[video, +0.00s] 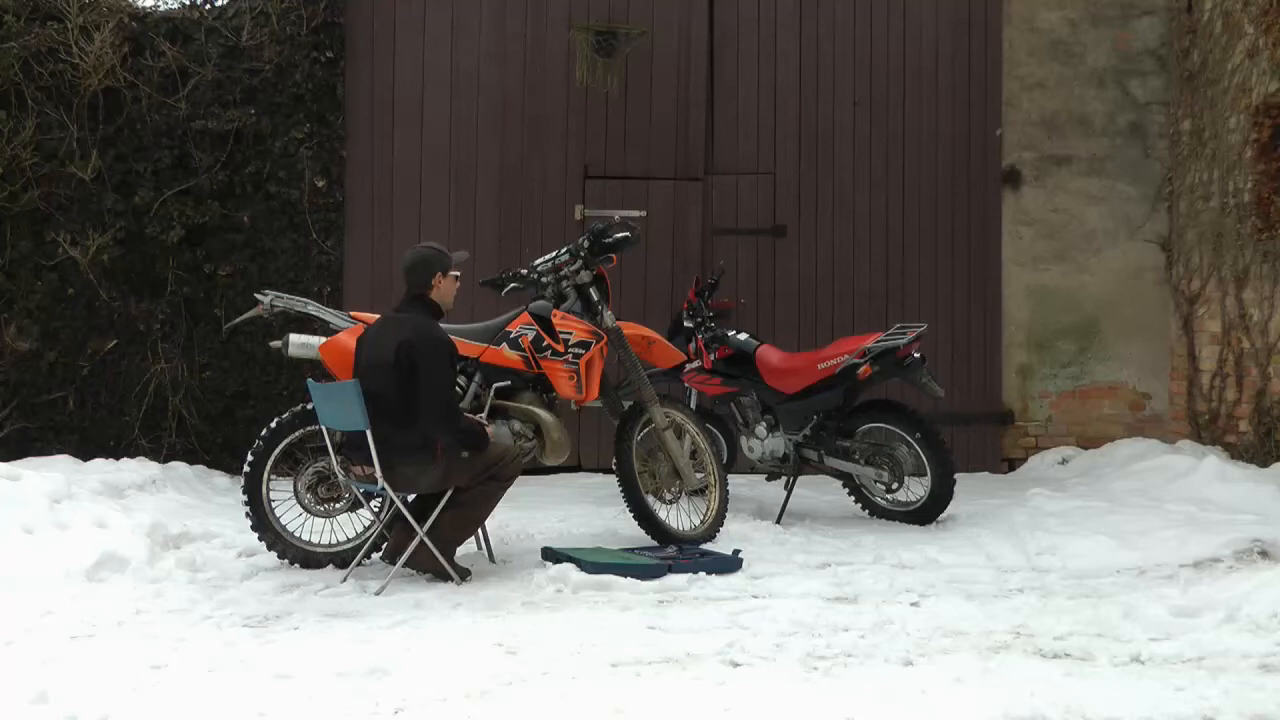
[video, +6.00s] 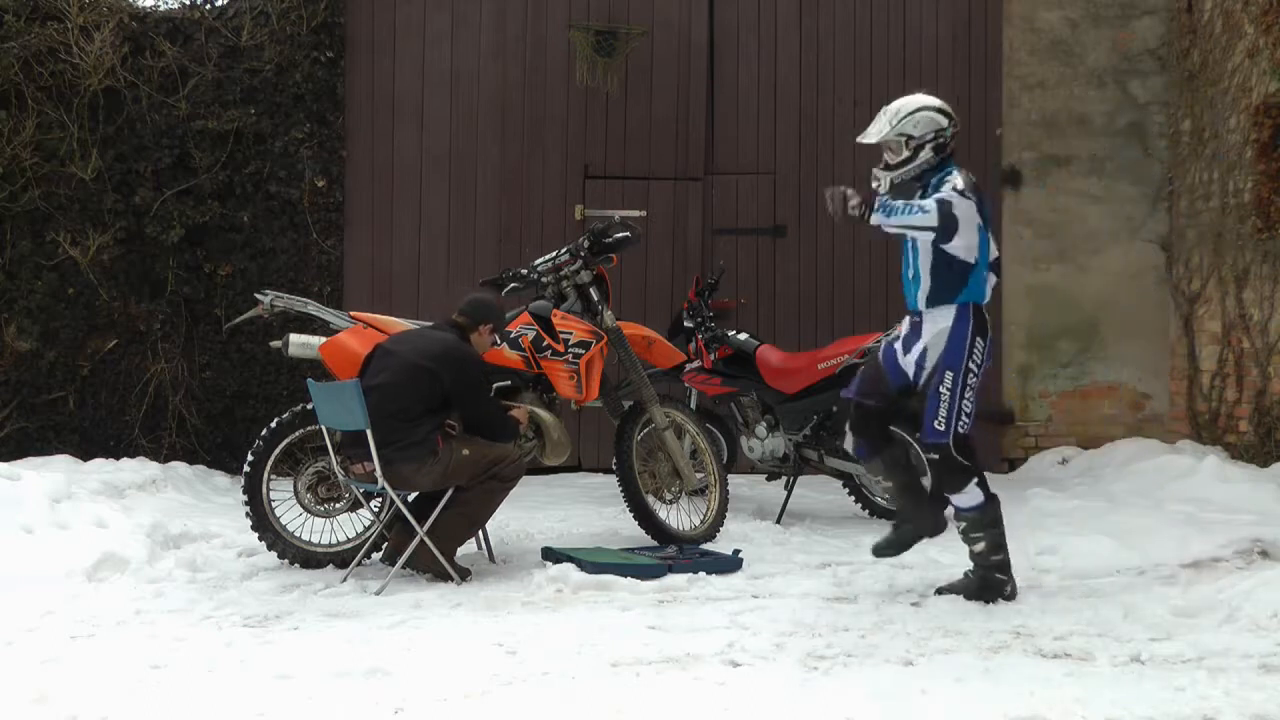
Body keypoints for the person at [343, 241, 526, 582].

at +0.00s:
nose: (457, 285)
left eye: (456, 278)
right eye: (453, 277)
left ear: (416, 282)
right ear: (436, 282)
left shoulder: (375, 331)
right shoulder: (433, 339)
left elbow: (384, 409)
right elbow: (442, 418)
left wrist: (459, 420)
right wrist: (480, 438)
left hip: (384, 463)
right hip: (417, 466)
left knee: (473, 454)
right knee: (506, 458)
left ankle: (403, 541)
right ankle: (436, 549)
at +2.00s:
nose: (431, 277)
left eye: (429, 271)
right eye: (428, 271)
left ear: (388, 279)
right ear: (414, 278)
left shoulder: (359, 332)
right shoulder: (416, 336)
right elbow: (437, 414)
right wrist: (467, 422)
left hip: (365, 461)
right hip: (403, 466)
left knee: (469, 448)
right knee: (505, 454)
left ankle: (404, 539)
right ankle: (435, 549)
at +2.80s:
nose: (456, 315)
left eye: (458, 308)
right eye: (456, 306)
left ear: (417, 297)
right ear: (445, 302)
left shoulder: (372, 333)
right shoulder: (432, 345)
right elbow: (460, 425)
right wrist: (490, 417)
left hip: (359, 457)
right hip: (401, 465)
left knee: (460, 455)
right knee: (507, 456)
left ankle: (403, 543)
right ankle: (434, 550)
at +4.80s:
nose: (478, 336)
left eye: (481, 329)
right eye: (479, 327)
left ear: (442, 314)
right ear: (469, 321)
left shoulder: (392, 337)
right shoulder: (454, 353)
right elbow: (480, 431)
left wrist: (434, 424)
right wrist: (497, 436)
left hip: (357, 456)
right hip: (401, 463)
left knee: (465, 454)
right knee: (507, 462)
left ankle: (403, 543)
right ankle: (435, 551)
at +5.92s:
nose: (492, 345)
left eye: (495, 339)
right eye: (494, 337)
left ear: (459, 317)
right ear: (484, 329)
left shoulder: (405, 337)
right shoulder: (461, 356)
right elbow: (494, 428)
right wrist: (514, 417)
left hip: (358, 454)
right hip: (401, 461)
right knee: (509, 463)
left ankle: (402, 543)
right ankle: (435, 551)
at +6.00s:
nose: (492, 345)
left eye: (495, 339)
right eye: (494, 337)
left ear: (459, 317)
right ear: (484, 329)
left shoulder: (406, 337)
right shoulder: (462, 357)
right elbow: (495, 431)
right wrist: (514, 420)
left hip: (358, 454)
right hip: (401, 461)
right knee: (508, 464)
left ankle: (402, 543)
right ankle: (435, 551)